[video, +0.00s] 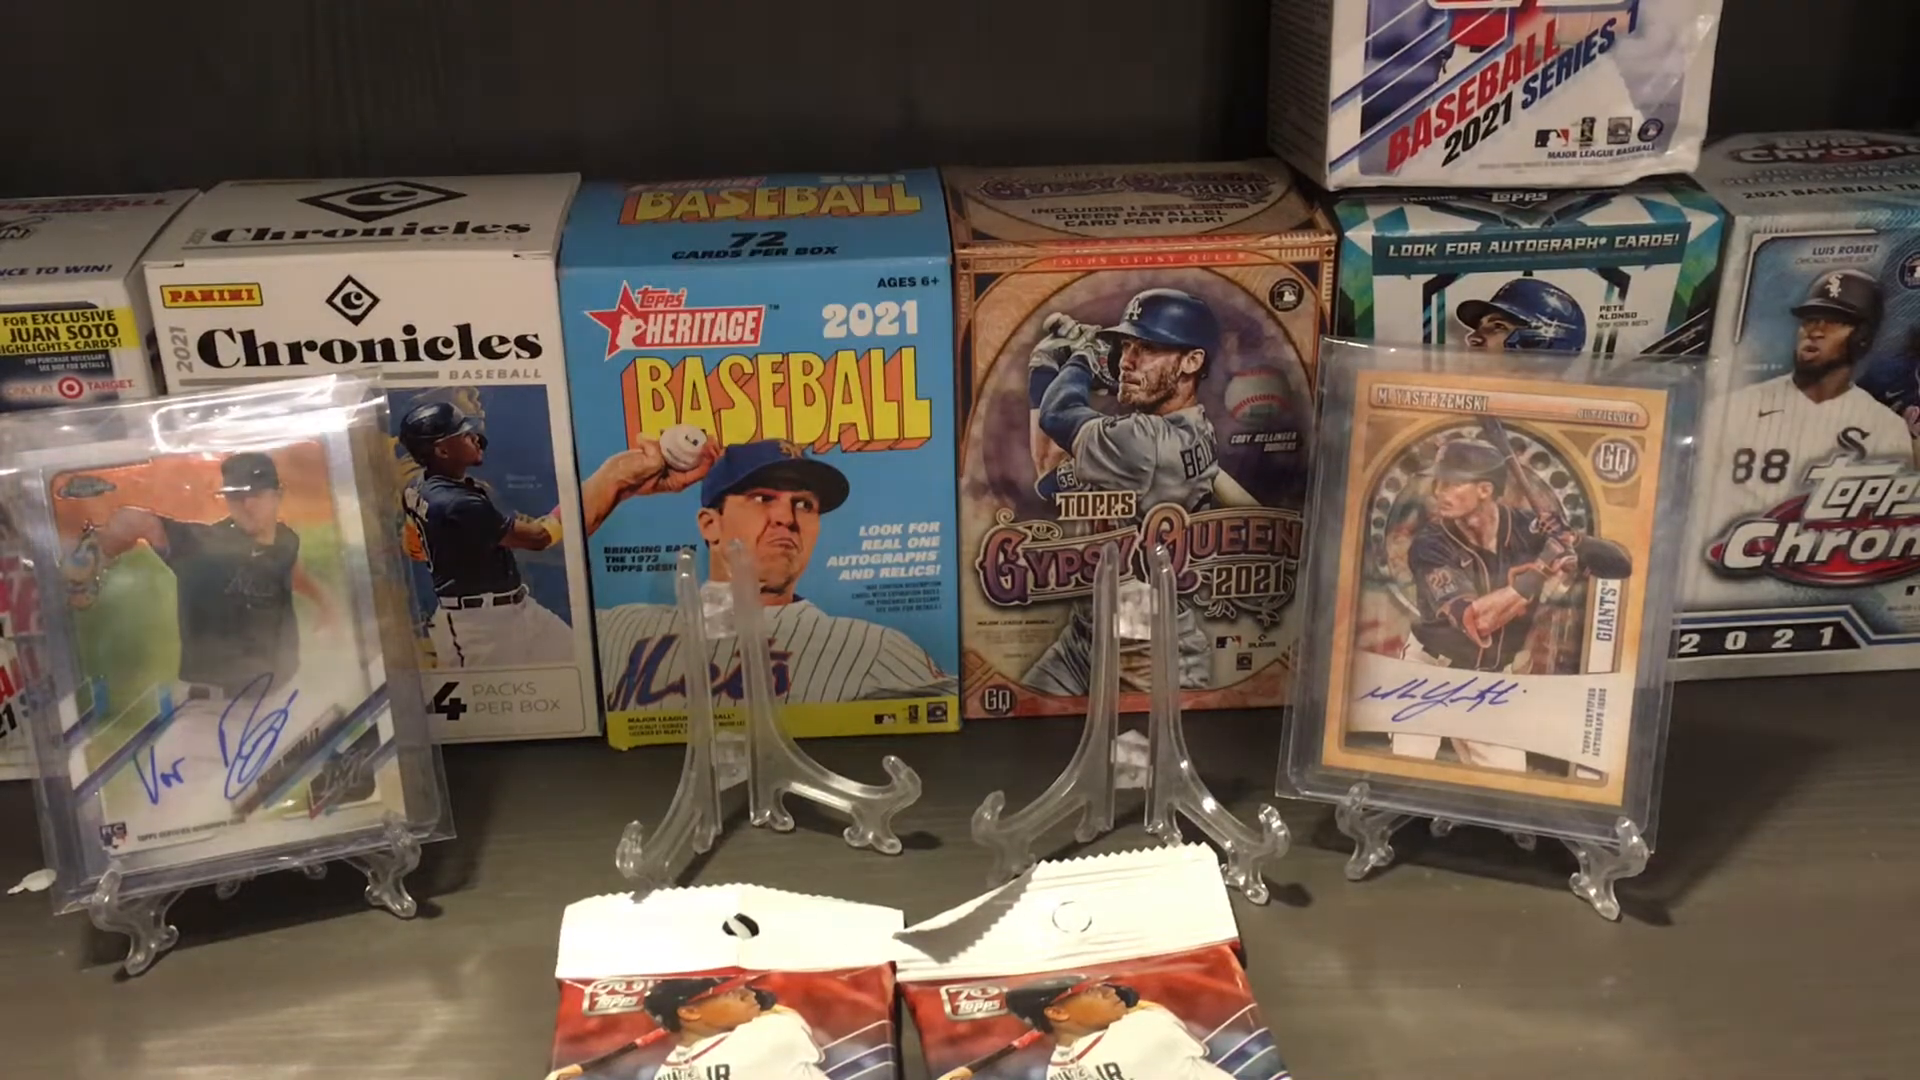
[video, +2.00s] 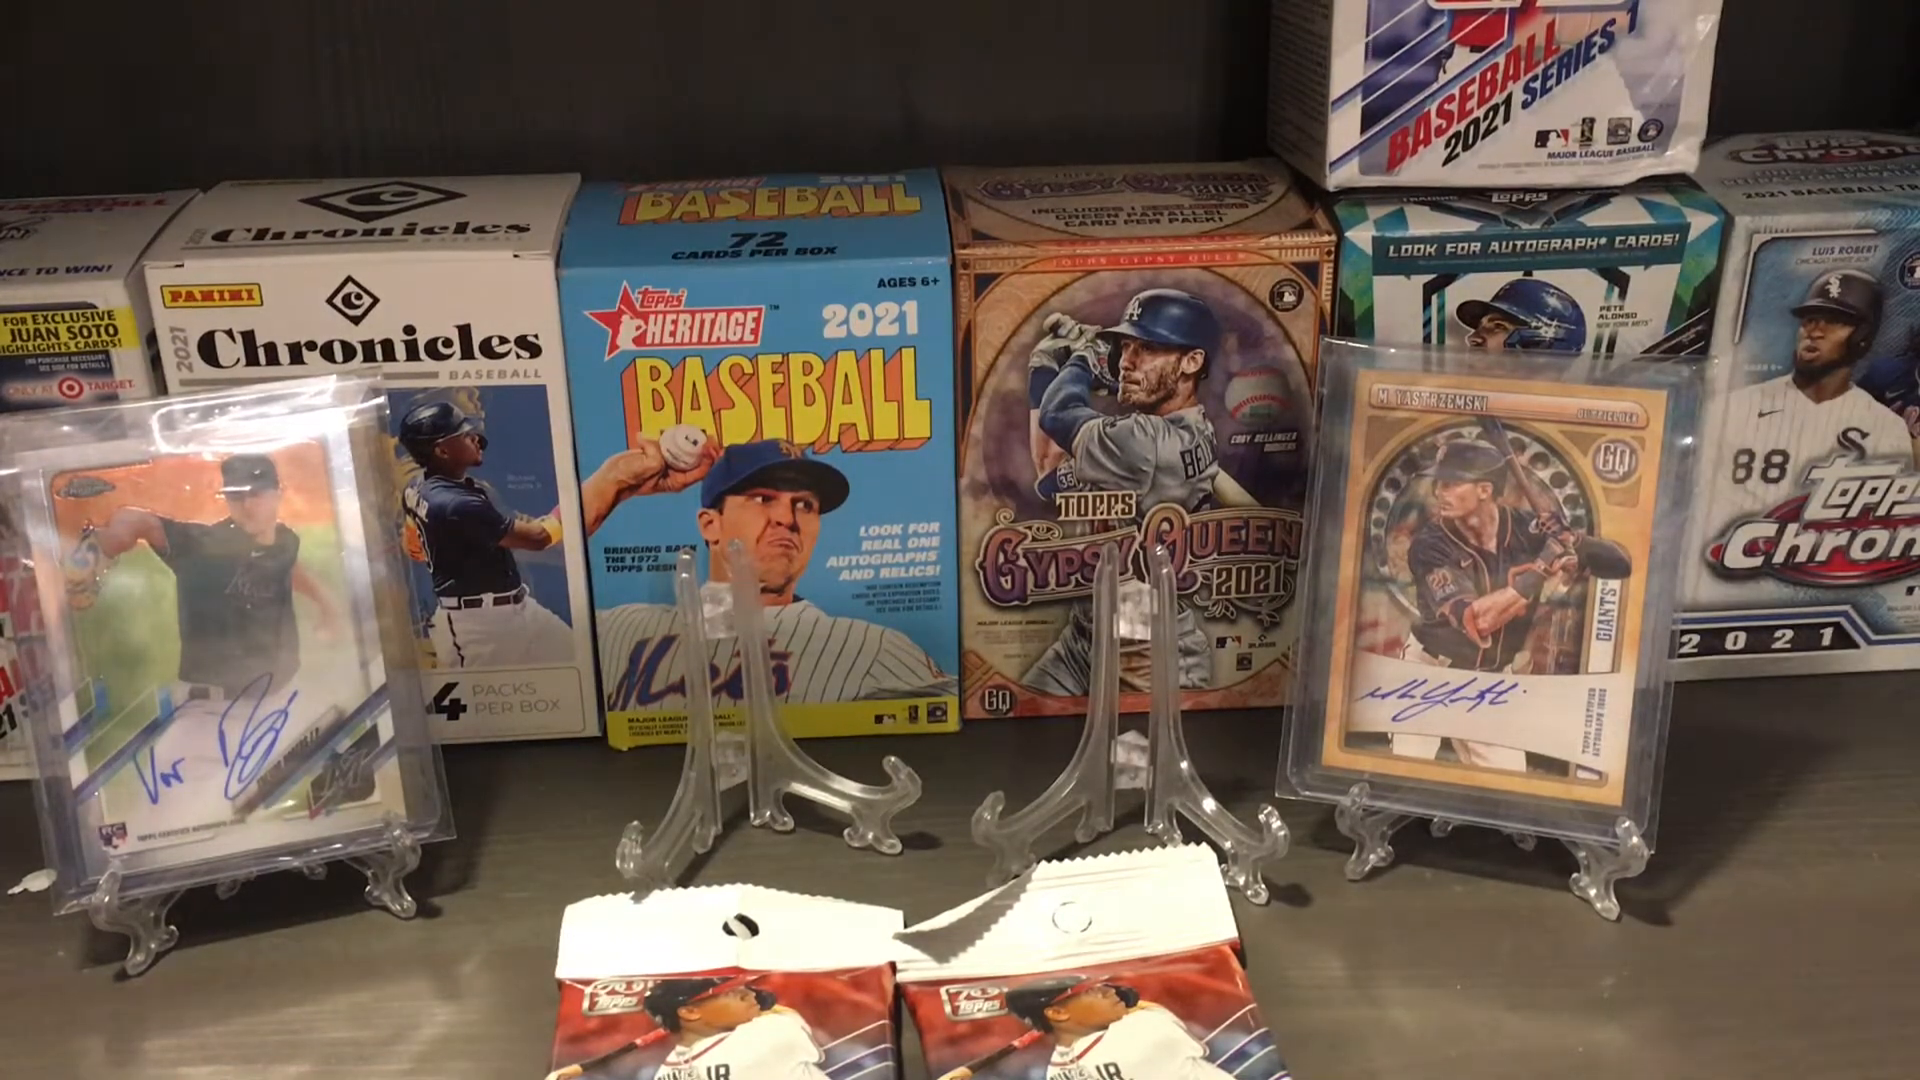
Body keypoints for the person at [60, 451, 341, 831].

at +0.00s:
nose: (246, 505)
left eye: (255, 494)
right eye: (236, 496)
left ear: (277, 495)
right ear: (227, 500)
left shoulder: (287, 542)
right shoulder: (198, 542)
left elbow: (289, 572)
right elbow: (134, 519)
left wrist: (324, 600)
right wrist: (95, 552)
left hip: (279, 701)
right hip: (210, 707)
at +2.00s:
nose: (247, 506)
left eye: (256, 494)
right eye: (236, 497)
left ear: (277, 494)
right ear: (226, 500)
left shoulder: (287, 542)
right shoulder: (198, 543)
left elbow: (288, 571)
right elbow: (133, 518)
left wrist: (325, 603)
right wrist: (101, 549)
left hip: (277, 702)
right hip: (210, 707)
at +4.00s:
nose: (249, 506)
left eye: (258, 496)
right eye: (239, 498)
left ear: (276, 495)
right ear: (228, 502)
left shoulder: (286, 541)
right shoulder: (204, 542)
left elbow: (292, 570)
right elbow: (144, 525)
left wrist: (323, 603)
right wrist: (112, 533)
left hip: (276, 685)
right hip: (216, 691)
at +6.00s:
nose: (247, 506)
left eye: (256, 495)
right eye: (237, 497)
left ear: (276, 495)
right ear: (226, 499)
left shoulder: (286, 541)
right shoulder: (201, 541)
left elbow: (291, 569)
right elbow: (134, 517)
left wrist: (323, 601)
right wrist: (116, 539)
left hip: (276, 683)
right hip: (214, 690)